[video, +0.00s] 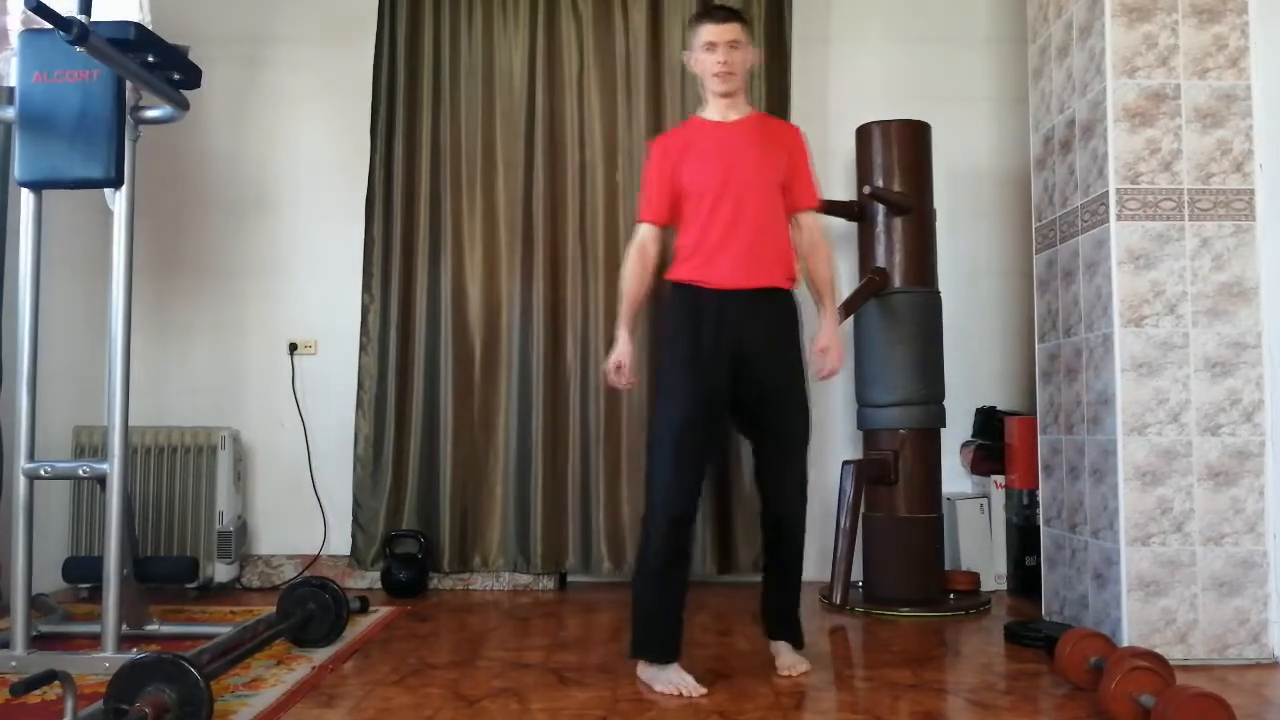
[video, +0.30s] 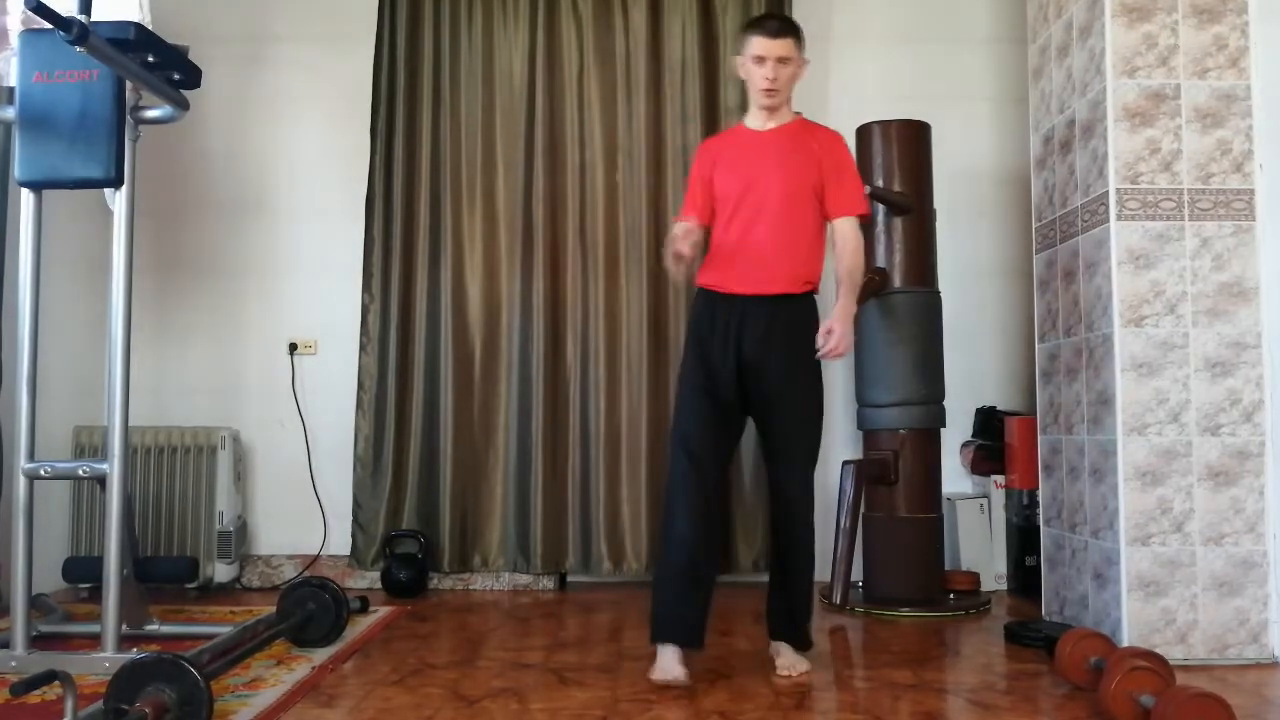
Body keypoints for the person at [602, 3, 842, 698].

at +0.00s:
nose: (723, 57)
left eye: (734, 45)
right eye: (710, 47)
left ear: (753, 56)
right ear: (691, 61)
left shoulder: (783, 137)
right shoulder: (671, 145)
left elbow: (809, 230)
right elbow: (646, 243)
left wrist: (829, 316)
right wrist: (624, 331)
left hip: (771, 319)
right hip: (691, 319)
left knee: (786, 487)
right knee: (674, 493)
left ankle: (783, 633)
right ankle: (655, 655)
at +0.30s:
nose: (770, 73)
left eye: (783, 61)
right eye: (759, 60)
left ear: (801, 69)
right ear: (740, 66)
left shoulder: (824, 145)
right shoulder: (713, 151)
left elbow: (849, 235)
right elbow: (687, 245)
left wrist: (846, 308)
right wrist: (681, 246)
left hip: (789, 323)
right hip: (716, 321)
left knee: (792, 485)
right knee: (693, 478)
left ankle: (788, 635)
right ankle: (674, 639)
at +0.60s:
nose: (783, 79)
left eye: (795, 68)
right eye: (772, 66)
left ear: (814, 73)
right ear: (754, 68)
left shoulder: (833, 151)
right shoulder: (724, 146)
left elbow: (845, 247)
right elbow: (697, 239)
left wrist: (839, 328)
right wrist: (722, 173)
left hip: (793, 324)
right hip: (721, 320)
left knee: (792, 485)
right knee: (683, 469)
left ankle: (787, 636)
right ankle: (666, 615)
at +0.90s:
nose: (771, 81)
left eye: (784, 70)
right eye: (762, 68)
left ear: (800, 78)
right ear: (741, 71)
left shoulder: (816, 155)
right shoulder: (709, 149)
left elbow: (832, 250)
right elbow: (685, 240)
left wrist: (842, 334)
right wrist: (713, 185)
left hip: (777, 324)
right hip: (707, 322)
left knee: (785, 482)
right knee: (685, 473)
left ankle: (786, 636)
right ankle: (684, 609)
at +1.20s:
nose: (738, 85)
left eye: (751, 74)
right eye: (727, 73)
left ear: (767, 82)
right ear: (709, 79)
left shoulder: (787, 156)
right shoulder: (684, 162)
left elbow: (807, 247)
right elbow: (663, 245)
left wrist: (806, 328)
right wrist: (654, 305)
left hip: (758, 324)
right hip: (688, 325)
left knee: (771, 483)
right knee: (679, 478)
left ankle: (783, 635)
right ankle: (684, 613)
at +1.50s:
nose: (709, 90)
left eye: (720, 80)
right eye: (698, 80)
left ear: (737, 89)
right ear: (681, 88)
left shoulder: (761, 160)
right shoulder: (660, 172)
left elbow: (782, 247)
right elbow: (644, 263)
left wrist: (770, 306)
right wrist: (621, 344)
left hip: (741, 327)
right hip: (669, 330)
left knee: (763, 483)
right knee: (670, 482)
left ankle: (780, 634)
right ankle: (680, 616)